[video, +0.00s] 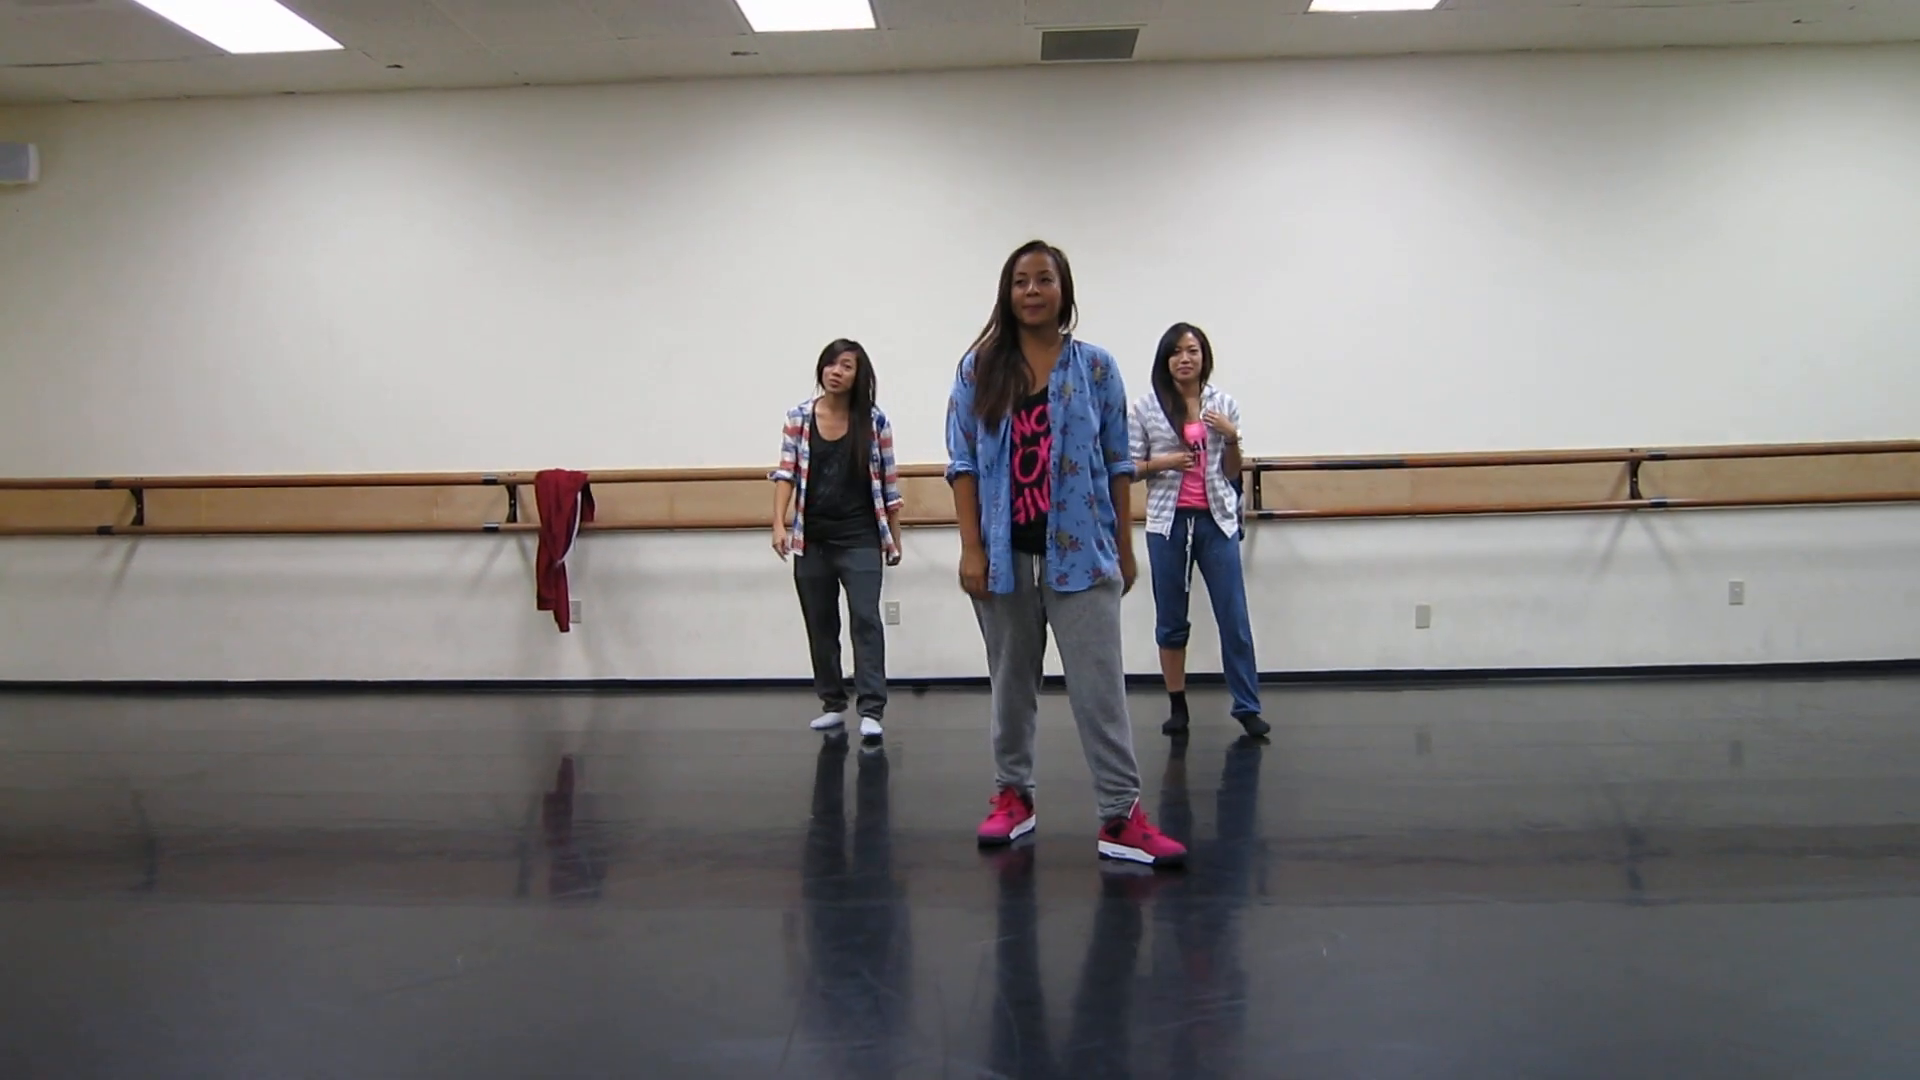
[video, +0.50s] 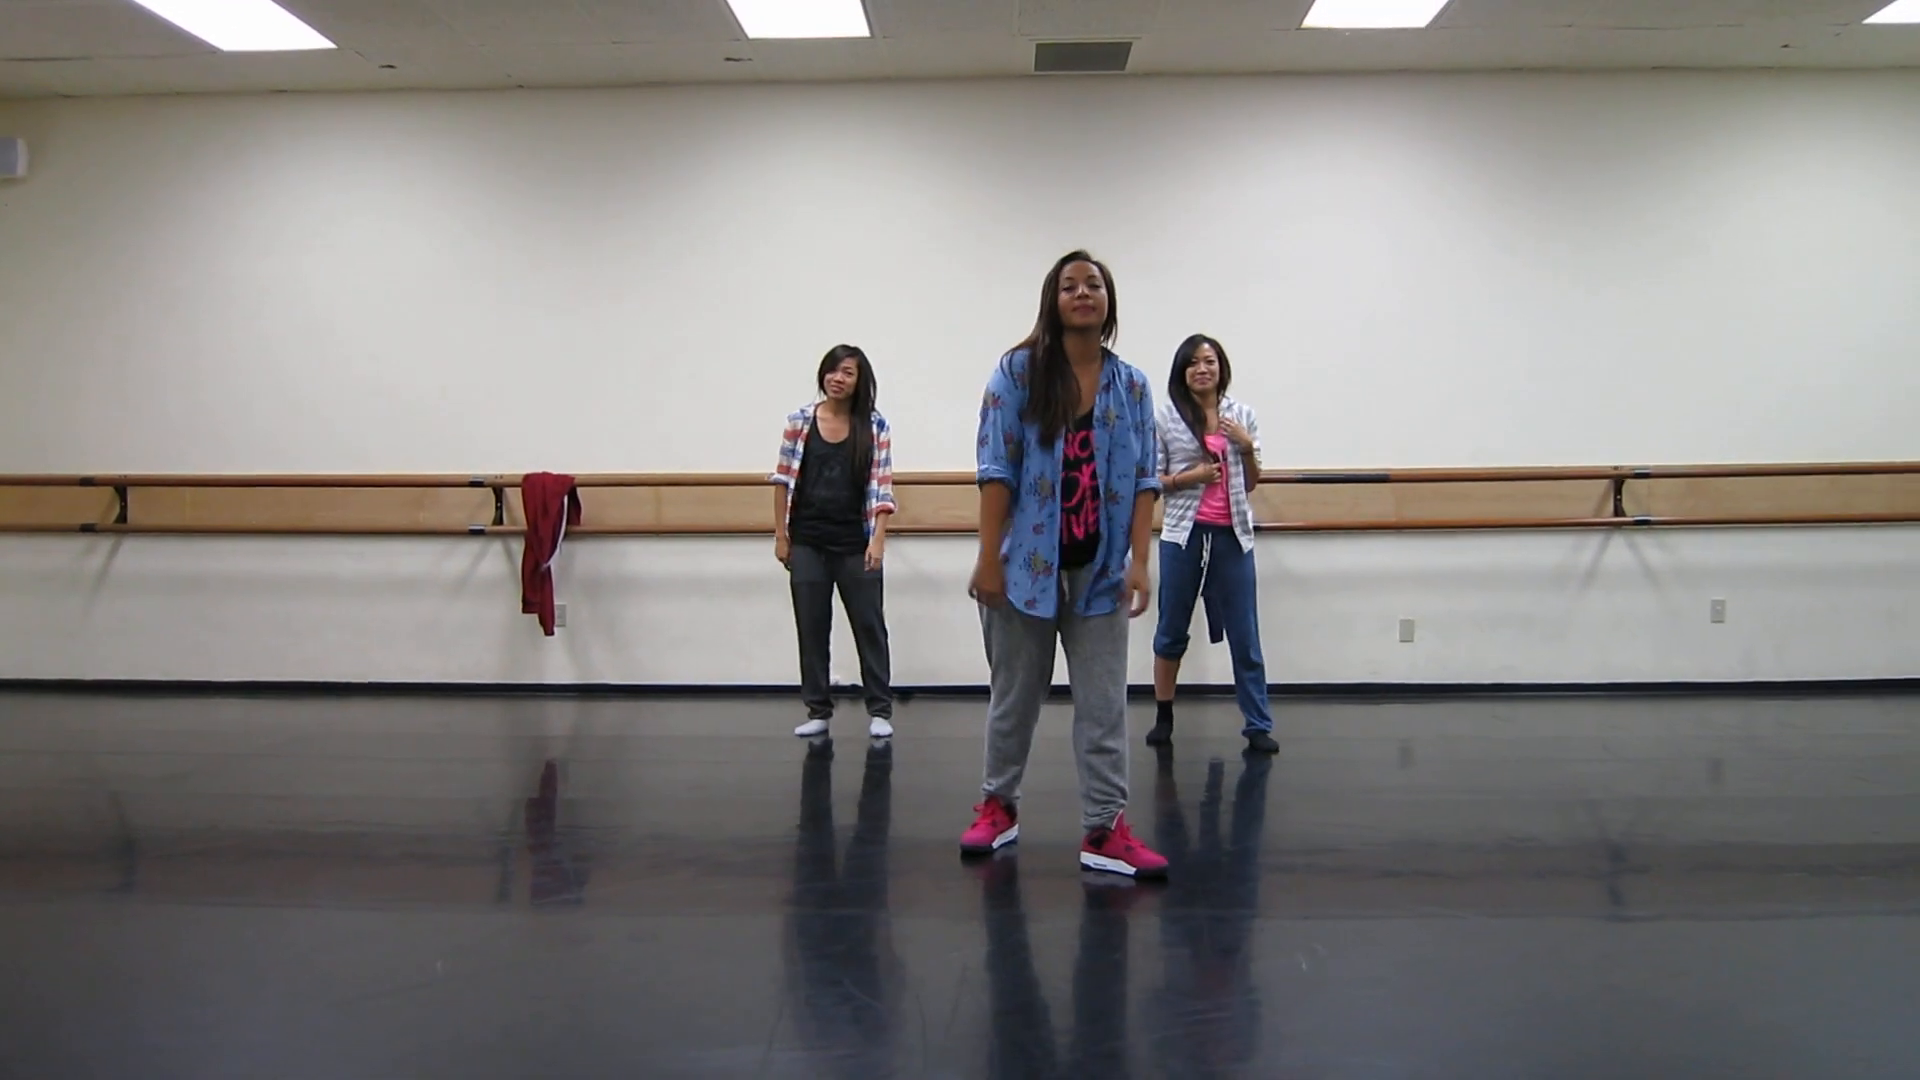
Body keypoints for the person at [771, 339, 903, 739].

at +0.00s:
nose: (837, 371)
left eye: (847, 366)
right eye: (832, 363)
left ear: (859, 376)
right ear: (821, 369)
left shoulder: (875, 420)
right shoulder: (800, 417)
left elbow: (889, 480)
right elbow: (786, 474)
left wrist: (894, 533)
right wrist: (779, 522)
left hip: (862, 541)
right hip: (812, 543)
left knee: (866, 622)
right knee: (821, 628)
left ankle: (871, 711)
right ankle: (832, 706)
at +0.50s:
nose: (839, 377)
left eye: (848, 373)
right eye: (834, 370)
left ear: (860, 382)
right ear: (822, 374)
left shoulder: (874, 426)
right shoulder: (800, 421)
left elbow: (883, 485)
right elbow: (782, 480)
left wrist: (879, 537)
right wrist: (781, 533)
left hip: (857, 544)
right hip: (807, 544)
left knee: (870, 630)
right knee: (811, 631)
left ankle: (880, 712)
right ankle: (818, 713)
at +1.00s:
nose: (860, 387)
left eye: (869, 383)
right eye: (855, 380)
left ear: (882, 391)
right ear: (844, 385)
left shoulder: (897, 435)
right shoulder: (824, 432)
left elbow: (907, 496)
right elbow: (816, 489)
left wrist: (902, 550)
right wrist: (812, 538)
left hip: (880, 558)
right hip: (833, 554)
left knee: (880, 642)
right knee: (820, 636)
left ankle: (874, 720)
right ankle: (813, 718)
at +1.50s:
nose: (866, 389)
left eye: (875, 383)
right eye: (860, 382)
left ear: (889, 392)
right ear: (851, 389)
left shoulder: (907, 439)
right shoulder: (833, 437)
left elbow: (921, 499)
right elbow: (824, 497)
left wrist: (916, 550)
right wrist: (817, 550)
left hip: (888, 563)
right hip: (840, 557)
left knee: (884, 647)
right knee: (823, 628)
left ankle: (874, 724)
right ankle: (816, 713)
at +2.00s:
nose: (859, 389)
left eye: (866, 383)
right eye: (852, 386)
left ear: (882, 390)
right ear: (846, 398)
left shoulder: (906, 438)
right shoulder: (833, 440)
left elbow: (918, 503)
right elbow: (823, 498)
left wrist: (911, 554)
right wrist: (815, 551)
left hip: (885, 565)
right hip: (838, 560)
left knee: (883, 651)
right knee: (815, 632)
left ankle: (878, 729)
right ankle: (815, 709)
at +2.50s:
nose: (832, 397)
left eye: (839, 391)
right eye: (825, 393)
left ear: (854, 399)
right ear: (817, 403)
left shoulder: (874, 445)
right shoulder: (803, 446)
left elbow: (887, 505)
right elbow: (790, 504)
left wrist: (890, 556)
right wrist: (787, 554)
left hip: (859, 565)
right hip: (810, 565)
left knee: (868, 649)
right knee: (808, 652)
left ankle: (878, 732)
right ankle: (810, 729)